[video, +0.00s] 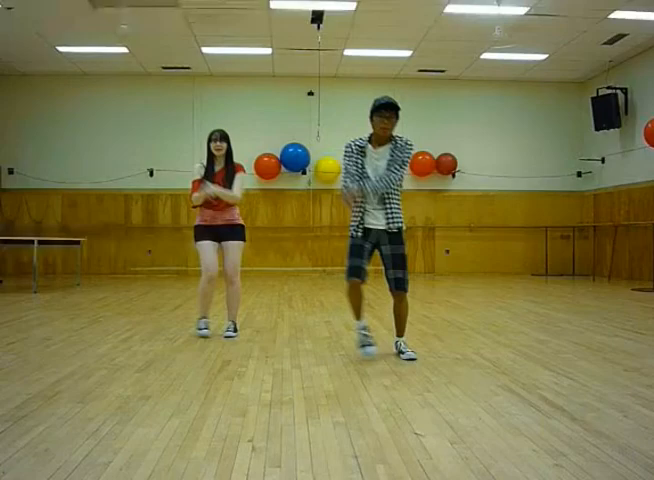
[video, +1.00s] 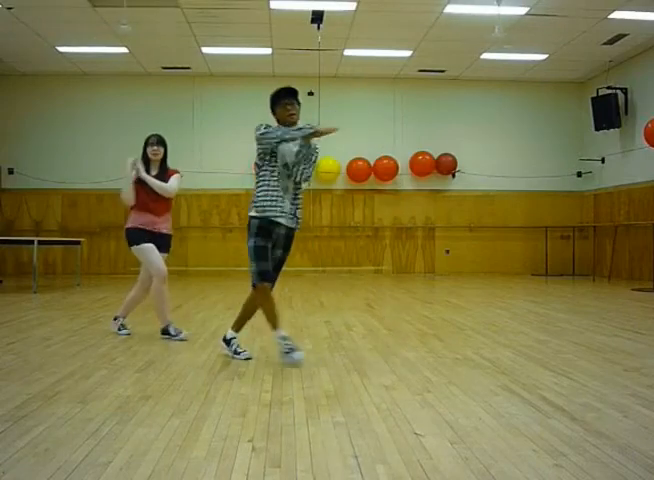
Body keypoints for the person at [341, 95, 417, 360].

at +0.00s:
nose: (386, 123)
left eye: (391, 119)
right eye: (381, 118)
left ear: (396, 122)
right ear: (371, 119)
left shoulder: (402, 146)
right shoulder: (354, 147)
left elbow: (392, 179)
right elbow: (348, 178)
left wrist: (359, 189)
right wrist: (349, 192)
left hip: (390, 225)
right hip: (362, 224)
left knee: (399, 288)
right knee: (354, 279)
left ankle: (400, 341)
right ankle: (360, 327)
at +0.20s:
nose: (371, 105)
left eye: (376, 102)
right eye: (367, 100)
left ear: (382, 108)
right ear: (358, 103)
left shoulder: (387, 134)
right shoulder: (344, 135)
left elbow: (372, 155)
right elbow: (330, 159)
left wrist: (337, 125)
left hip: (379, 218)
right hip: (350, 217)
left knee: (390, 284)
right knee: (335, 277)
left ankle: (402, 337)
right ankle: (327, 331)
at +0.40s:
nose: (345, 115)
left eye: (350, 111)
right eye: (341, 110)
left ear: (357, 116)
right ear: (332, 113)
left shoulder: (360, 141)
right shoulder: (321, 146)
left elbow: (353, 131)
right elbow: (310, 160)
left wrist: (325, 123)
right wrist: (314, 131)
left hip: (352, 225)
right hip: (324, 226)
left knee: (373, 289)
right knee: (321, 291)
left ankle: (404, 337)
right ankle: (310, 345)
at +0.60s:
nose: (325, 125)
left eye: (330, 120)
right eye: (321, 118)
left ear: (333, 121)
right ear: (309, 115)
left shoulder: (332, 146)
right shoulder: (291, 145)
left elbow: (351, 154)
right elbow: (312, 165)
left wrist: (337, 123)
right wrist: (319, 136)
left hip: (331, 225)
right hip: (302, 228)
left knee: (349, 287)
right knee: (315, 292)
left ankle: (358, 331)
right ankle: (310, 345)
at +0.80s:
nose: (304, 106)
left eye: (309, 103)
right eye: (299, 101)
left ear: (315, 108)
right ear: (289, 105)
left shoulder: (312, 135)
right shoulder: (274, 128)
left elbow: (329, 153)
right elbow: (301, 132)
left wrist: (343, 123)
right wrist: (341, 113)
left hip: (310, 214)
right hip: (285, 212)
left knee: (310, 282)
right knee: (299, 281)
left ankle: (272, 320)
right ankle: (305, 342)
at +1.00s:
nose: (291, 110)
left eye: (294, 106)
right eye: (285, 106)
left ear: (300, 110)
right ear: (274, 111)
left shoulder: (307, 144)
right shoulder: (264, 132)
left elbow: (302, 176)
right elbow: (282, 138)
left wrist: (306, 141)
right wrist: (312, 131)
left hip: (289, 217)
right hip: (263, 213)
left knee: (265, 284)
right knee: (263, 281)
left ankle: (231, 335)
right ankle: (281, 337)